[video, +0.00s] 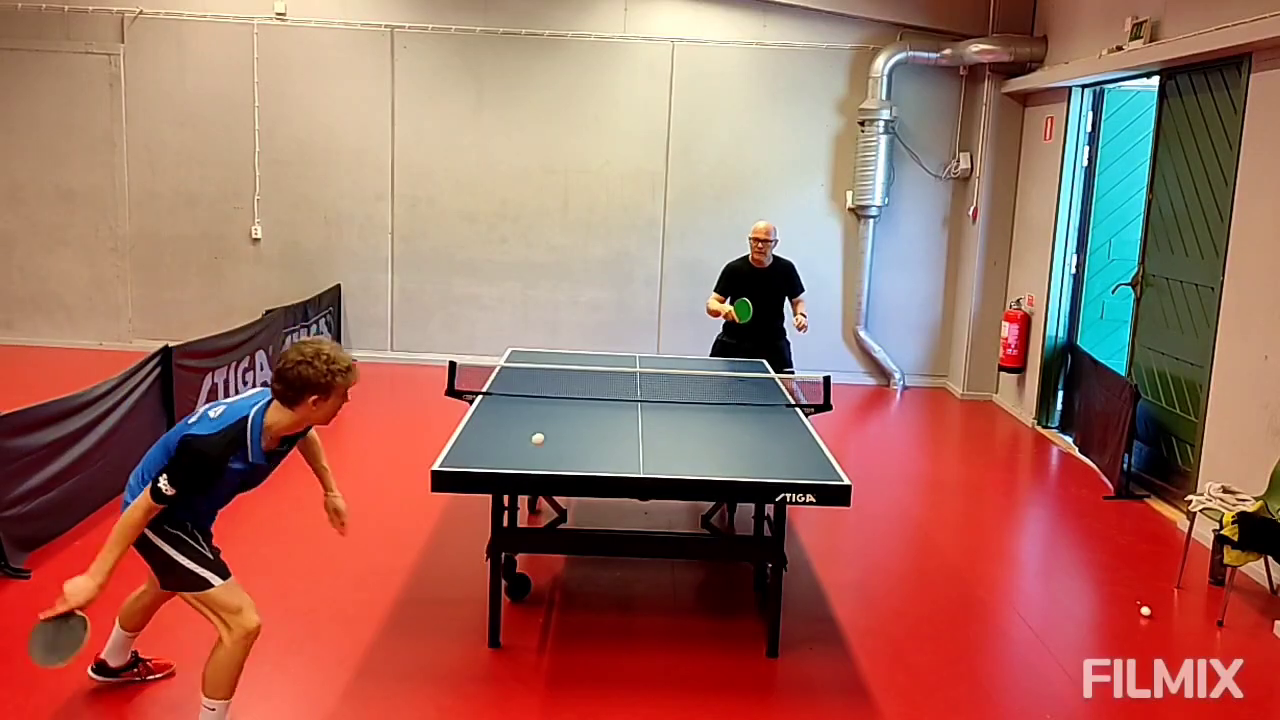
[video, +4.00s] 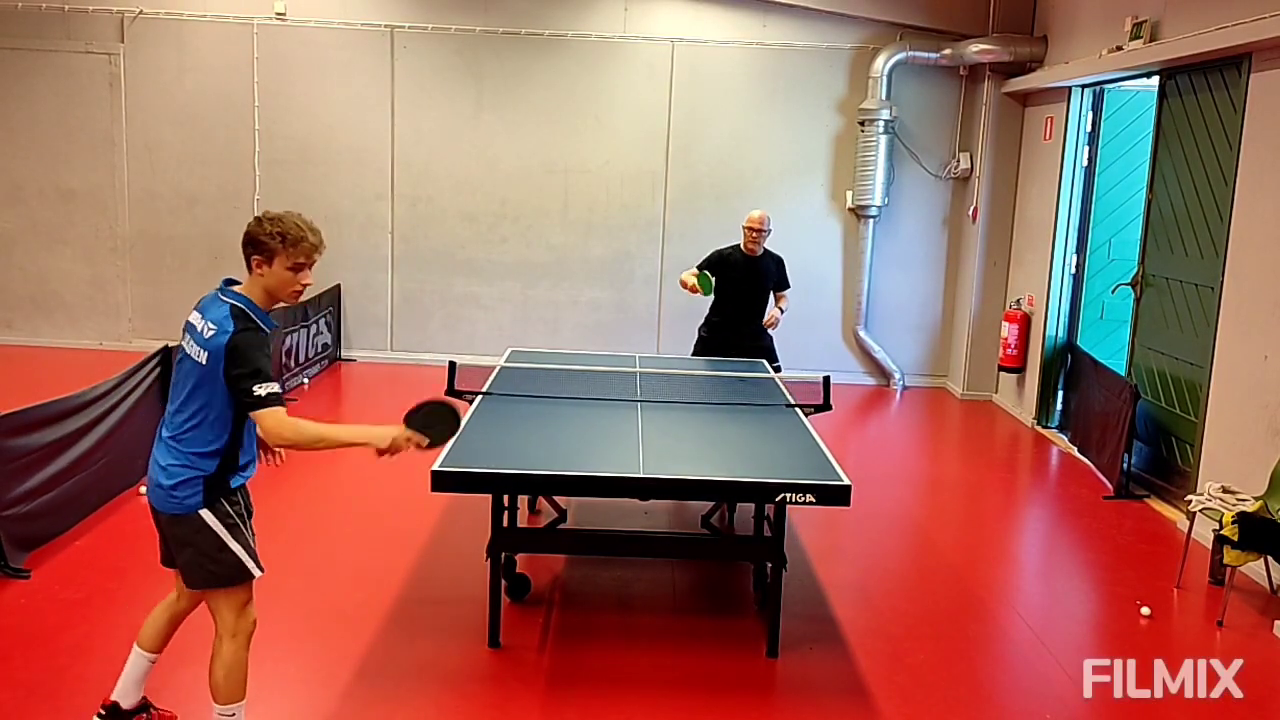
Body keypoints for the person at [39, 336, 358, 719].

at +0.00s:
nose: (345, 403)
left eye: (345, 395)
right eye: (342, 397)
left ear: (310, 398)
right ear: (314, 402)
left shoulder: (286, 414)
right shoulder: (212, 444)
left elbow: (305, 436)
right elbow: (140, 510)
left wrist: (331, 490)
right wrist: (94, 578)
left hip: (193, 511)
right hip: (157, 517)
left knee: (161, 586)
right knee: (241, 625)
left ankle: (113, 663)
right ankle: (211, 716)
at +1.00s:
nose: (334, 393)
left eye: (334, 385)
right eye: (333, 387)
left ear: (281, 373)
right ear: (313, 396)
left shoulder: (272, 391)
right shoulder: (227, 448)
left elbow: (308, 415)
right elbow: (178, 523)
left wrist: (351, 450)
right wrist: (152, 605)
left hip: (172, 498)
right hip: (143, 511)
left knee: (180, 579)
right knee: (238, 616)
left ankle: (89, 655)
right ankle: (212, 714)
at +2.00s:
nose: (203, 252)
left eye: (202, 243)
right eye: (200, 244)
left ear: (140, 252)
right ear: (180, 253)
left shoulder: (89, 308)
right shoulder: (186, 333)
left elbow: (52, 377)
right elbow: (172, 424)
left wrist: (98, 383)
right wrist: (234, 435)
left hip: (107, 484)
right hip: (164, 489)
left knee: (107, 572)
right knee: (215, 598)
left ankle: (80, 682)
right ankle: (217, 714)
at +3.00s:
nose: (365, 271)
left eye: (364, 262)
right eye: (363, 263)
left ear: (304, 262)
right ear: (348, 272)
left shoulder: (251, 305)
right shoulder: (335, 353)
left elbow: (182, 365)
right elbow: (351, 443)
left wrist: (179, 414)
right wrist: (411, 420)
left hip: (203, 480)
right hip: (256, 496)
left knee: (179, 590)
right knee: (304, 611)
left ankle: (127, 701)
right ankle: (280, 716)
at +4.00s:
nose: (306, 282)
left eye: (308, 271)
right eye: (297, 270)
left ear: (259, 266)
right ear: (260, 264)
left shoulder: (215, 304)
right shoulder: (247, 334)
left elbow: (199, 386)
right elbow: (275, 428)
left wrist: (251, 426)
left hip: (170, 480)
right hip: (202, 494)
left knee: (189, 591)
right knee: (236, 621)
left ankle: (123, 702)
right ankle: (228, 719)